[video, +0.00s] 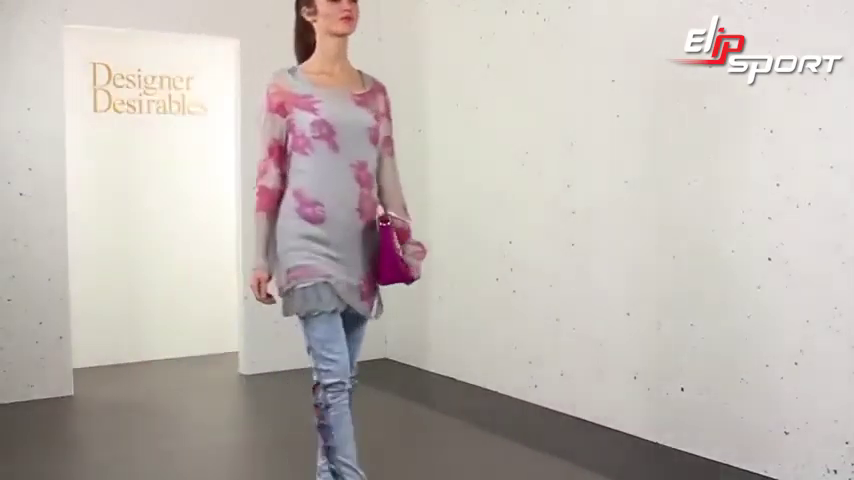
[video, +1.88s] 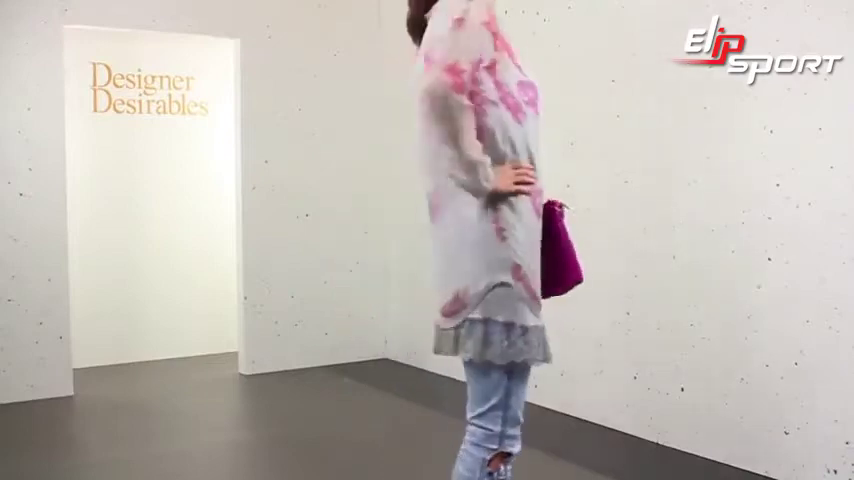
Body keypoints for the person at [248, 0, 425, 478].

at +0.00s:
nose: (348, 7)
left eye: (352, 1)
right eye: (334, 1)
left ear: (358, 10)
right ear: (310, 13)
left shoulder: (373, 89)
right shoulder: (285, 86)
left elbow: (387, 169)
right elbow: (270, 173)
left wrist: (404, 235)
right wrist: (262, 256)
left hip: (360, 242)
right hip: (303, 241)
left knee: (343, 372)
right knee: (334, 372)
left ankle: (327, 469)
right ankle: (349, 474)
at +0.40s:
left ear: (399, 4)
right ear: (352, 1)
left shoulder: (420, 83)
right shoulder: (324, 79)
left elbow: (435, 173)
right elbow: (310, 178)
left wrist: (453, 251)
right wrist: (302, 268)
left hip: (409, 257)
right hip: (344, 256)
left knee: (408, 397)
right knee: (360, 393)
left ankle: (382, 468)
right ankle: (367, 476)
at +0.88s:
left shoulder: (479, 76)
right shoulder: (372, 63)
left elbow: (496, 176)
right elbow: (357, 176)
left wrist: (521, 257)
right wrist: (345, 278)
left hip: (474, 273)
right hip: (397, 271)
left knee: (480, 421)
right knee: (394, 414)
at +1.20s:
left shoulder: (513, 67)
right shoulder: (402, 51)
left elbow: (531, 175)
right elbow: (376, 163)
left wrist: (560, 262)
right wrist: (356, 263)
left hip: (504, 266)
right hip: (432, 261)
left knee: (494, 429)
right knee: (477, 423)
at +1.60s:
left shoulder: (484, 40)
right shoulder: (438, 25)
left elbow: (493, 142)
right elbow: (350, 97)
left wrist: (535, 201)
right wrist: (399, 200)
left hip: (508, 261)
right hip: (472, 262)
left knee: (511, 436)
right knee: (483, 440)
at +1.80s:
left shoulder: (480, 31)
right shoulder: (458, 18)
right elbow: (417, 83)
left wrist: (528, 195)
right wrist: (473, 170)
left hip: (504, 236)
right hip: (481, 234)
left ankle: (495, 462)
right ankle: (483, 462)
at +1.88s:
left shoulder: (482, 25)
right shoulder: (464, 14)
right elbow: (443, 96)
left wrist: (529, 186)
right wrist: (485, 178)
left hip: (511, 255)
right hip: (485, 258)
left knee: (505, 439)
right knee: (487, 436)